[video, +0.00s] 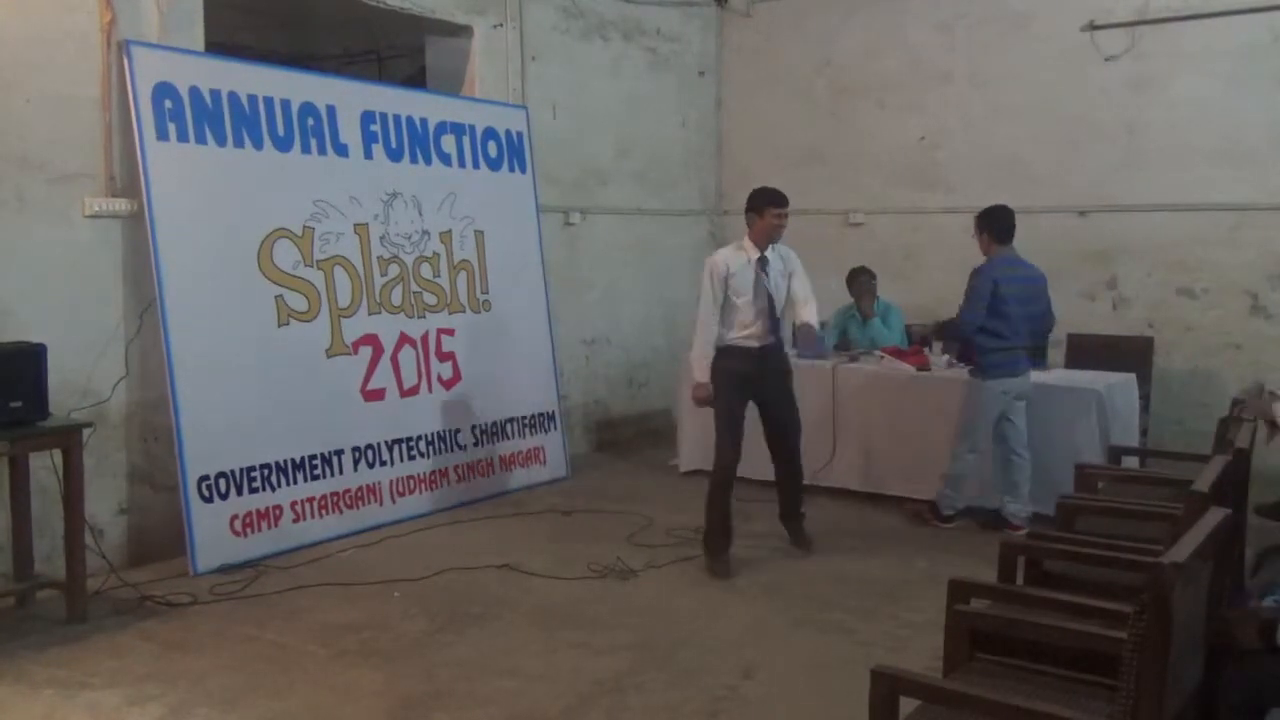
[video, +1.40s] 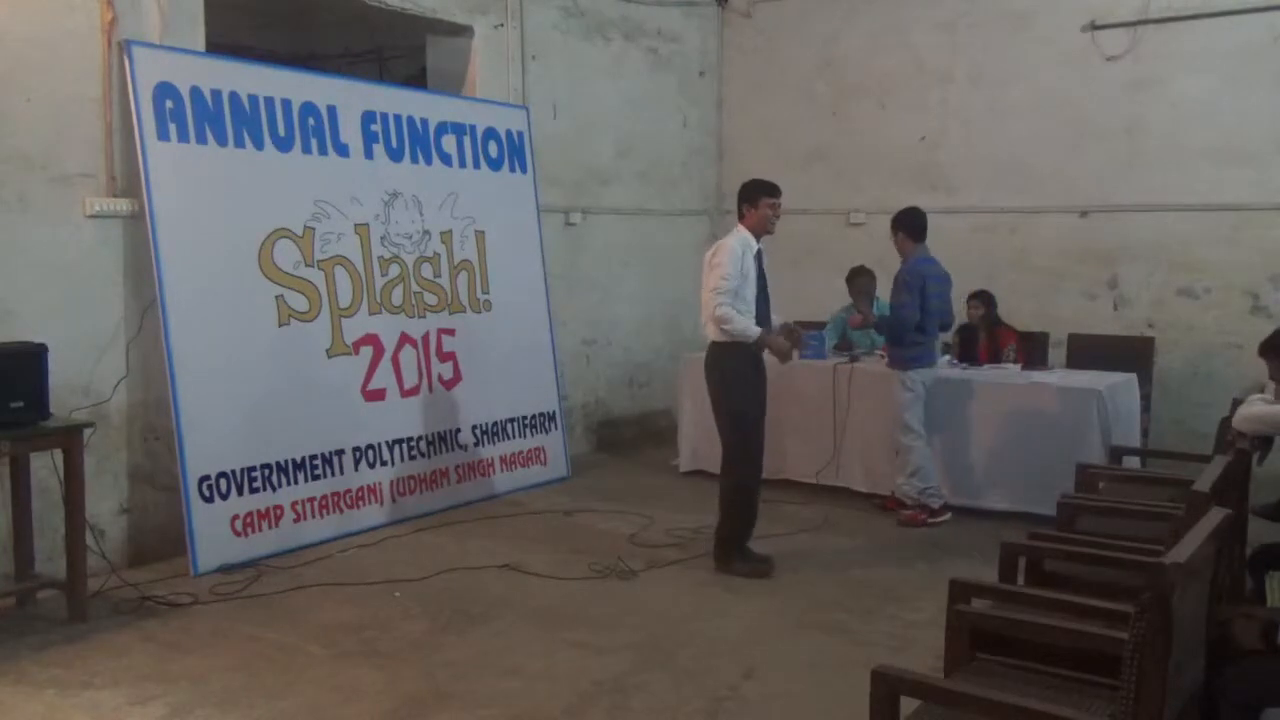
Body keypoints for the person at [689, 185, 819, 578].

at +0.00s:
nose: (783, 225)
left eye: (785, 218)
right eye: (777, 218)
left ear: (781, 222)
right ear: (753, 218)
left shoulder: (787, 259)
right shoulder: (721, 262)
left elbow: (804, 299)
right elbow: (706, 322)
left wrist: (806, 324)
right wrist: (701, 376)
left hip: (772, 362)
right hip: (731, 363)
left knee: (788, 447)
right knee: (727, 457)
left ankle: (793, 521)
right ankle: (716, 549)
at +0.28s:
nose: (767, 217)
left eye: (769, 210)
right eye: (761, 209)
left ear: (762, 213)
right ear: (738, 210)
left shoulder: (766, 251)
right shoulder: (708, 254)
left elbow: (779, 300)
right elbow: (703, 314)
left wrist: (770, 317)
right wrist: (711, 364)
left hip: (751, 351)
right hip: (716, 355)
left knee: (774, 442)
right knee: (716, 454)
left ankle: (738, 499)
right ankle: (715, 548)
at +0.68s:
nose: (764, 214)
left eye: (766, 207)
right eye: (758, 207)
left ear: (751, 212)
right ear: (735, 208)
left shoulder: (752, 250)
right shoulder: (713, 250)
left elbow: (769, 299)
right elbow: (734, 306)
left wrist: (754, 294)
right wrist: (769, 355)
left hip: (741, 357)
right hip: (711, 359)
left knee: (745, 455)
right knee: (715, 456)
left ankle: (737, 544)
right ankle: (716, 551)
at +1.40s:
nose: (777, 216)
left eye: (778, 209)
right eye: (771, 208)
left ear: (757, 213)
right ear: (748, 210)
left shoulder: (751, 250)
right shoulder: (730, 248)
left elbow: (746, 312)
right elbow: (719, 311)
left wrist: (773, 331)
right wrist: (766, 337)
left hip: (746, 356)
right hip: (731, 358)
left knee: (748, 455)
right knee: (740, 455)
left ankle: (737, 545)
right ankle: (730, 550)